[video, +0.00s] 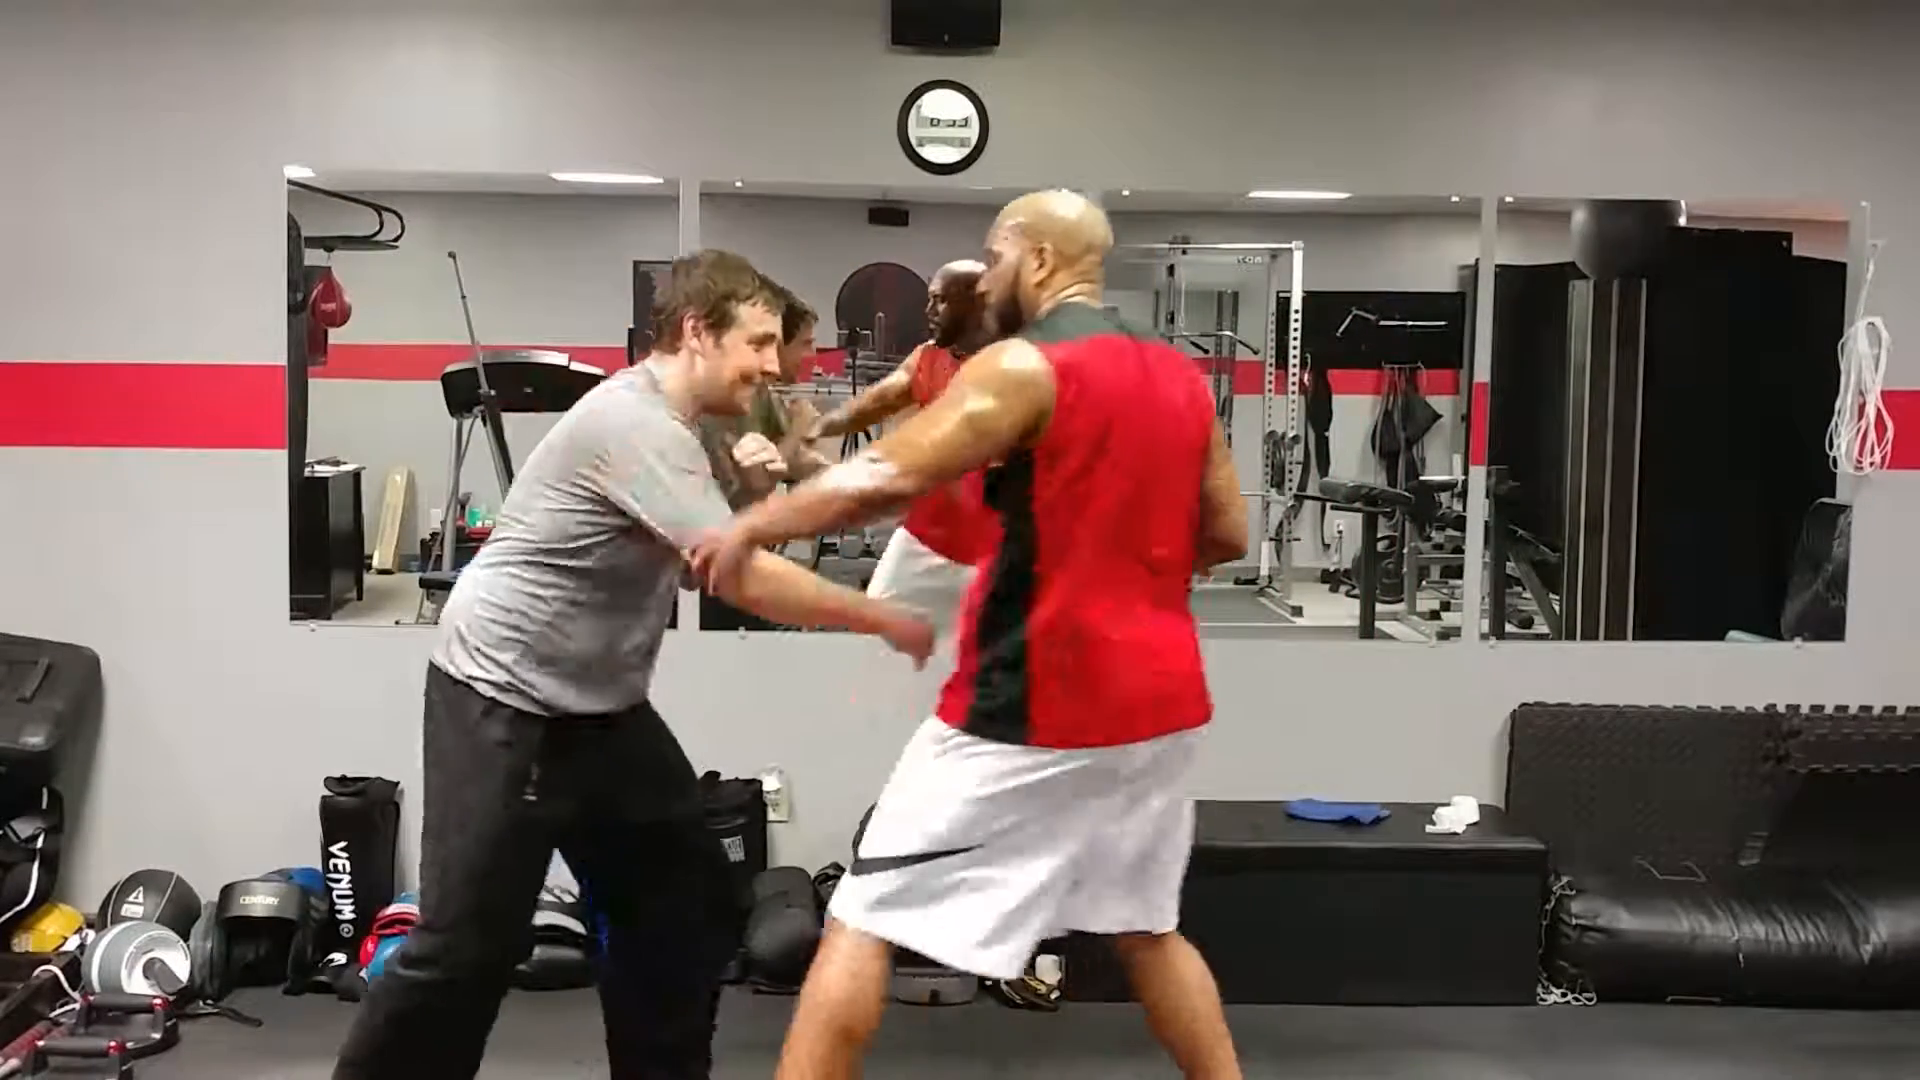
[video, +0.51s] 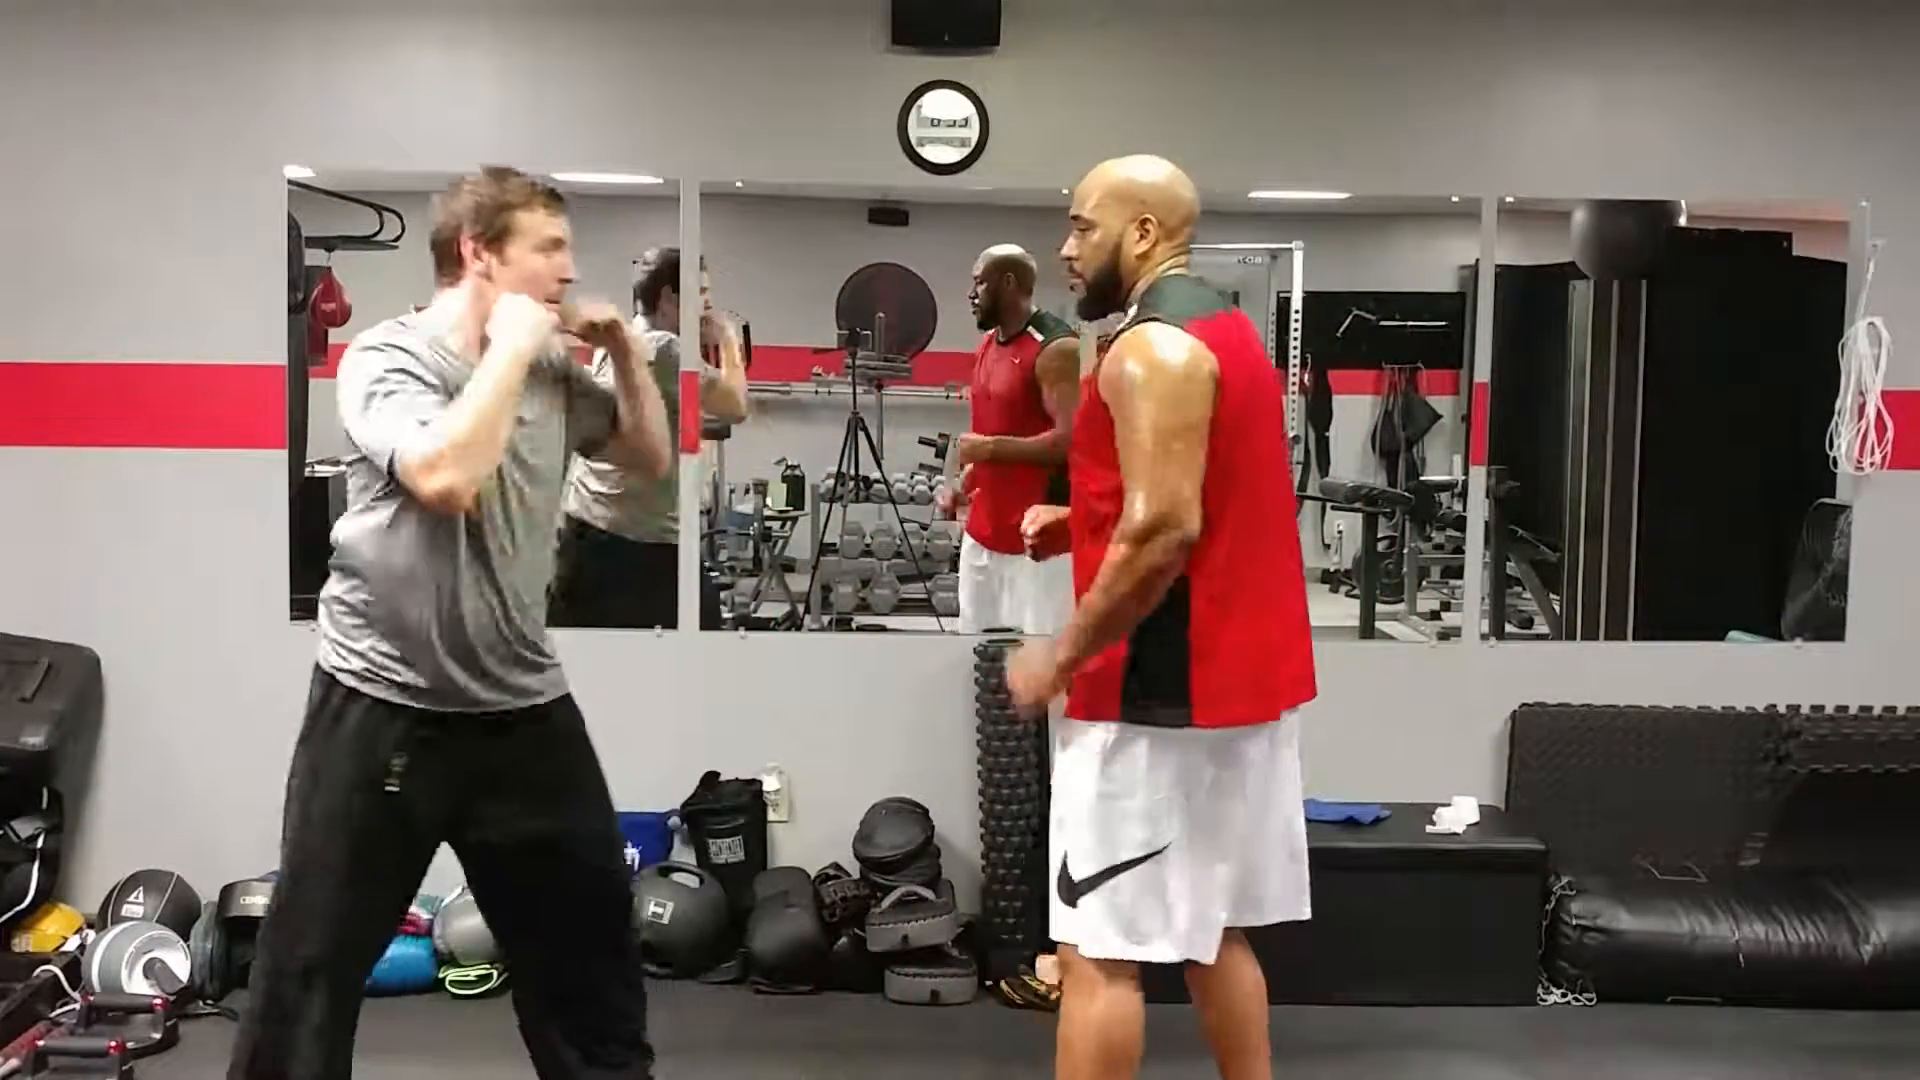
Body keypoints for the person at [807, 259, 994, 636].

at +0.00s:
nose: (930, 311)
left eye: (941, 301)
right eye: (930, 301)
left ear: (980, 301)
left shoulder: (1014, 366)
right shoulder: (929, 359)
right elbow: (879, 401)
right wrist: (822, 425)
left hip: (994, 551)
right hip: (924, 540)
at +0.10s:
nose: (948, 304)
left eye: (956, 293)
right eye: (948, 293)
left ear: (994, 295)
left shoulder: (1031, 362)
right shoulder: (952, 352)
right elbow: (906, 415)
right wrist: (852, 447)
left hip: (1010, 544)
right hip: (947, 532)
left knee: (1014, 656)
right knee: (881, 626)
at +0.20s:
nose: (961, 298)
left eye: (969, 287)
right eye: (961, 288)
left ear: (1004, 287)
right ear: (996, 288)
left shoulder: (1045, 352)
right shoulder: (967, 346)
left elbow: (1064, 441)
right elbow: (937, 421)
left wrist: (1002, 464)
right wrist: (892, 473)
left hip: (1024, 522)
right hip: (960, 517)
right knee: (916, 631)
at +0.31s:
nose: (965, 295)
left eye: (974, 284)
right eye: (967, 284)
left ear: (1008, 286)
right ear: (1002, 287)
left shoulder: (1053, 352)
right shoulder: (975, 344)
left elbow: (1074, 448)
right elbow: (965, 423)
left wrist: (1004, 462)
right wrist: (944, 493)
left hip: (1026, 543)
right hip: (967, 535)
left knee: (1030, 673)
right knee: (951, 662)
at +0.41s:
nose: (967, 291)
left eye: (977, 282)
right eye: (969, 282)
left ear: (1011, 285)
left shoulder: (1057, 351)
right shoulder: (982, 345)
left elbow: (1081, 441)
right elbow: (987, 437)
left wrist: (999, 458)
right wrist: (966, 507)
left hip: (1035, 540)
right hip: (981, 534)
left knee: (1039, 667)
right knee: (977, 660)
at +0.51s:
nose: (971, 294)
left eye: (980, 283)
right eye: (972, 283)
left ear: (1011, 284)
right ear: (1008, 285)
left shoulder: (1056, 350)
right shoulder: (989, 346)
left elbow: (1071, 440)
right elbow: (993, 435)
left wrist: (991, 448)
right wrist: (962, 487)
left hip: (1037, 539)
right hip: (983, 533)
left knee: (1040, 664)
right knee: (982, 657)